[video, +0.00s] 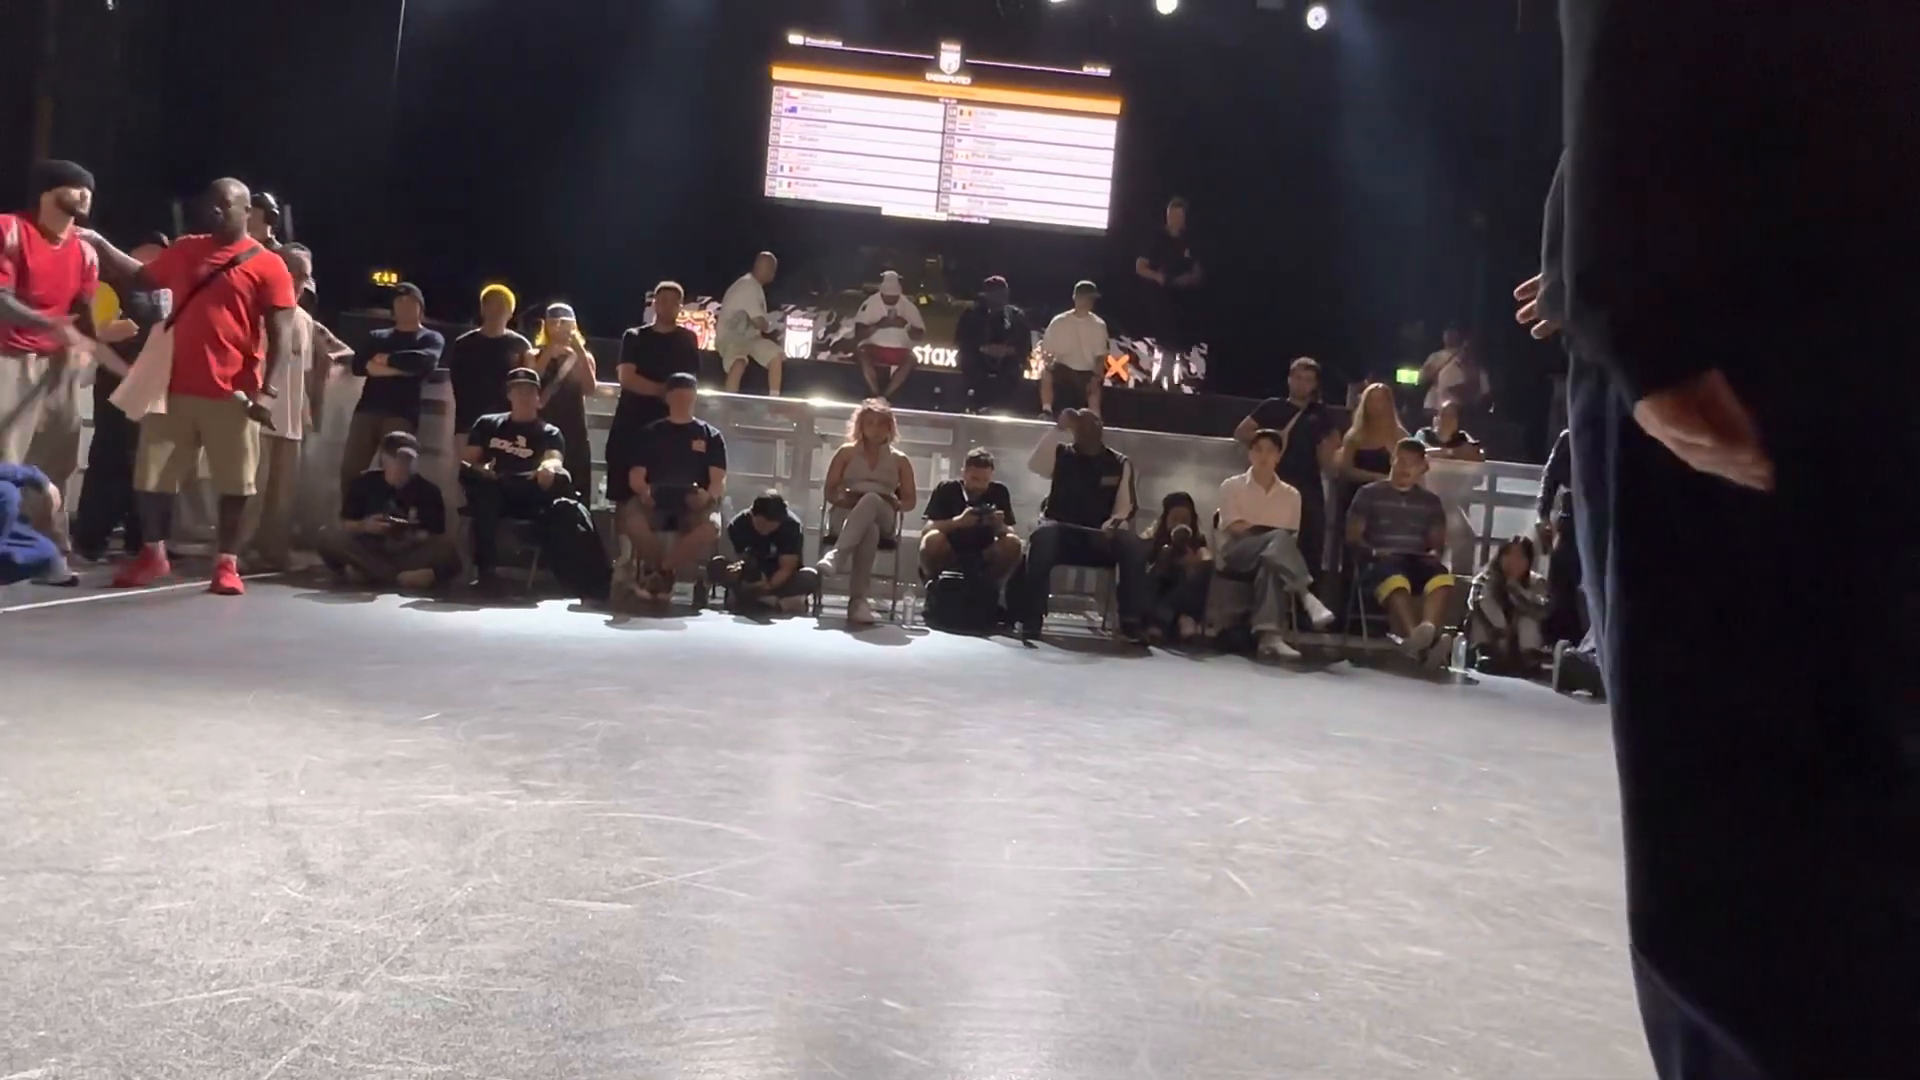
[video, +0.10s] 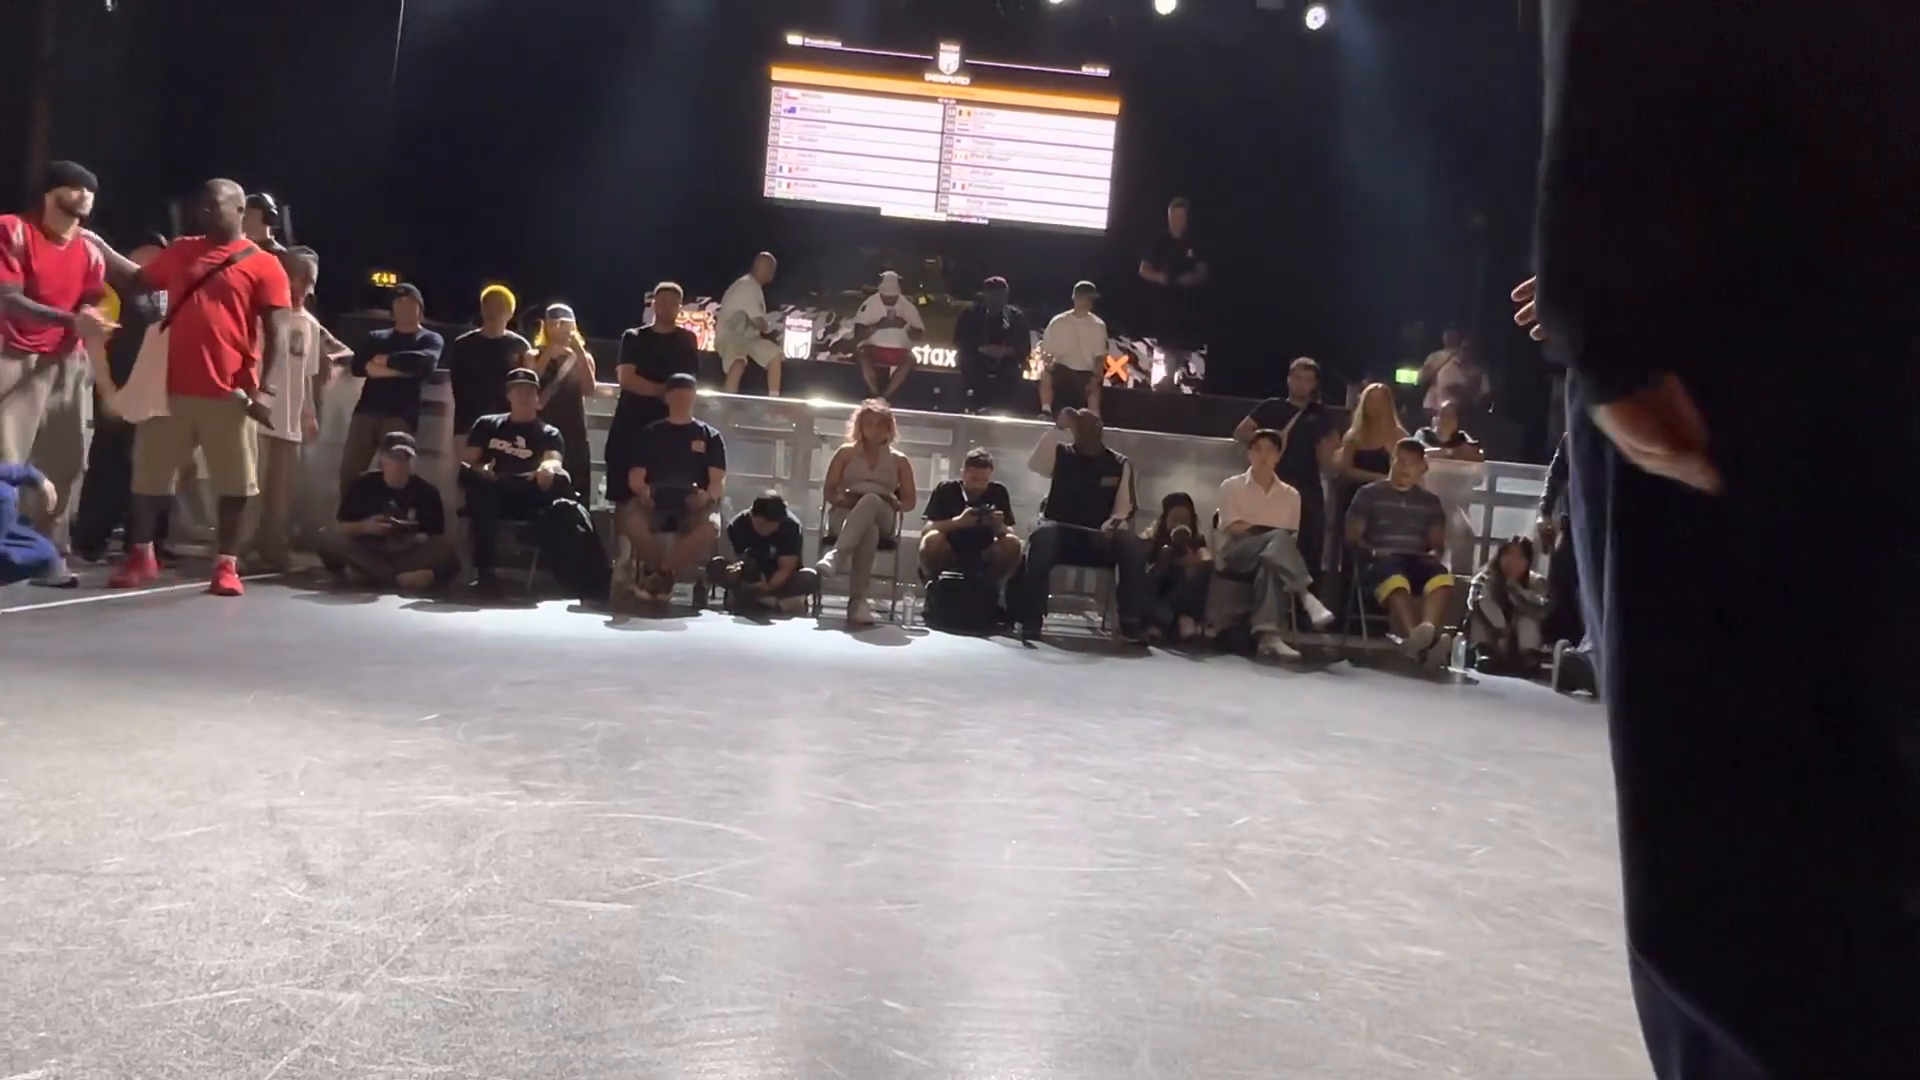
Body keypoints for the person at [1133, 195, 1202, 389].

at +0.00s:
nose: (1175, 219)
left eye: (1179, 215)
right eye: (1172, 215)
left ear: (1185, 218)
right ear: (1166, 216)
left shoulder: (1190, 242)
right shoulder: (1156, 239)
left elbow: (1198, 272)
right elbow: (1140, 267)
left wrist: (1184, 279)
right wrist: (1157, 276)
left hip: (1182, 297)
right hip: (1161, 297)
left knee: (1173, 340)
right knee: (1167, 339)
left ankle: (1158, 379)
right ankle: (1171, 380)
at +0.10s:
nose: (1177, 220)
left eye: (1181, 215)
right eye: (1174, 215)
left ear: (1187, 218)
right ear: (1168, 217)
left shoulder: (1194, 243)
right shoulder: (1159, 242)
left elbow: (1202, 273)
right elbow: (1144, 270)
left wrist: (1187, 279)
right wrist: (1161, 278)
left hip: (1188, 306)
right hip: (1163, 305)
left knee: (1184, 344)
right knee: (1165, 344)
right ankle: (1165, 380)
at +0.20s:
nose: (1178, 220)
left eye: (1182, 215)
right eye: (1175, 215)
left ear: (1188, 217)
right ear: (1169, 217)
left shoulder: (1194, 242)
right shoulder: (1161, 241)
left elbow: (1203, 271)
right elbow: (1147, 272)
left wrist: (1191, 278)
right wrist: (1173, 278)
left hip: (1189, 301)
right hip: (1167, 301)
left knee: (1185, 346)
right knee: (1169, 346)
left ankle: (1181, 384)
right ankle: (1169, 384)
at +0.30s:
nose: (1178, 222)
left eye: (1182, 218)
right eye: (1175, 218)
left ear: (1188, 220)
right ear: (1169, 220)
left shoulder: (1197, 246)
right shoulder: (1161, 246)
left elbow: (1204, 275)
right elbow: (1149, 275)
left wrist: (1189, 277)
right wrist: (1168, 277)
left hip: (1189, 306)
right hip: (1166, 305)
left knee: (1184, 350)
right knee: (1167, 349)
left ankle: (1179, 387)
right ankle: (1166, 386)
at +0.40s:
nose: (1178, 224)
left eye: (1182, 219)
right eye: (1174, 219)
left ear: (1188, 221)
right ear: (1168, 220)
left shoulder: (1195, 246)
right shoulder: (1160, 246)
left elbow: (1204, 275)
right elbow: (1149, 276)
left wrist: (1188, 276)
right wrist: (1168, 274)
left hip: (1187, 306)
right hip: (1163, 305)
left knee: (1182, 349)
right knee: (1164, 348)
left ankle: (1177, 386)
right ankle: (1163, 385)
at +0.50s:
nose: (1176, 224)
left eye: (1179, 220)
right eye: (1172, 220)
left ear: (1186, 222)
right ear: (1166, 221)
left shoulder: (1194, 246)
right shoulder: (1158, 246)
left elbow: (1202, 275)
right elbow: (1148, 277)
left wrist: (1183, 276)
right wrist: (1162, 271)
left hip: (1185, 306)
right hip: (1160, 305)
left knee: (1180, 350)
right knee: (1159, 349)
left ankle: (1175, 387)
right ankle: (1159, 386)